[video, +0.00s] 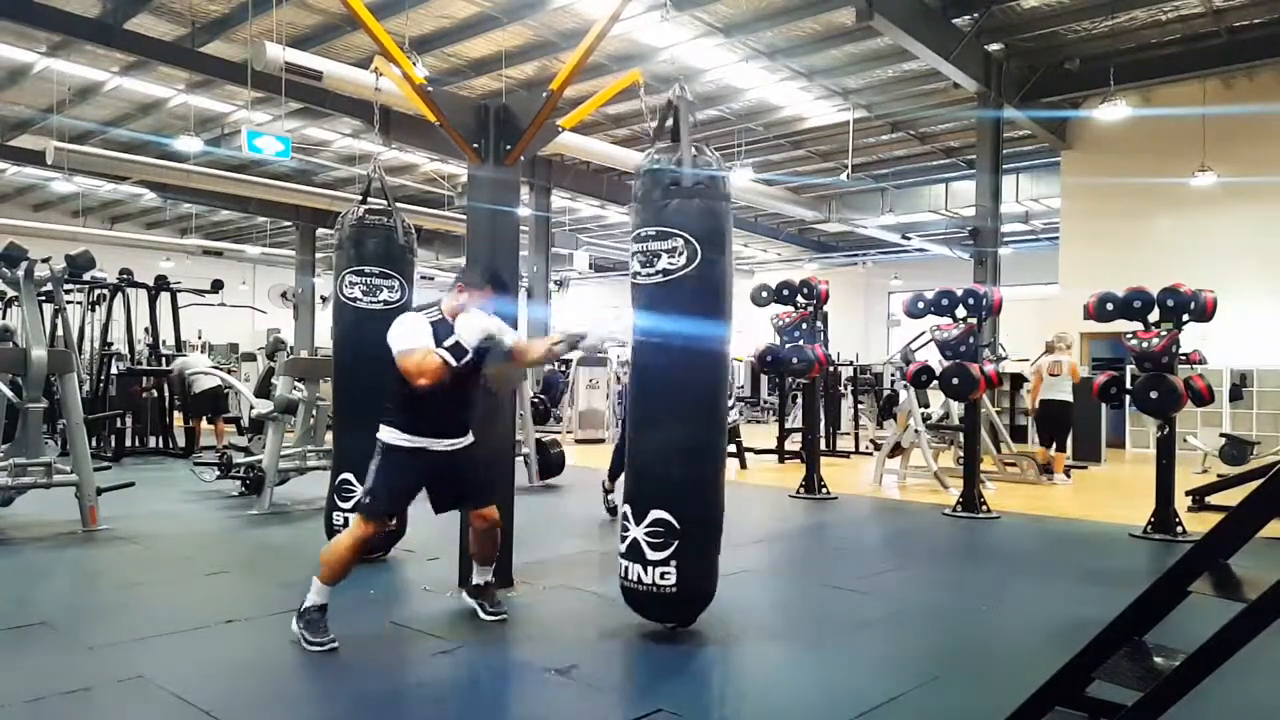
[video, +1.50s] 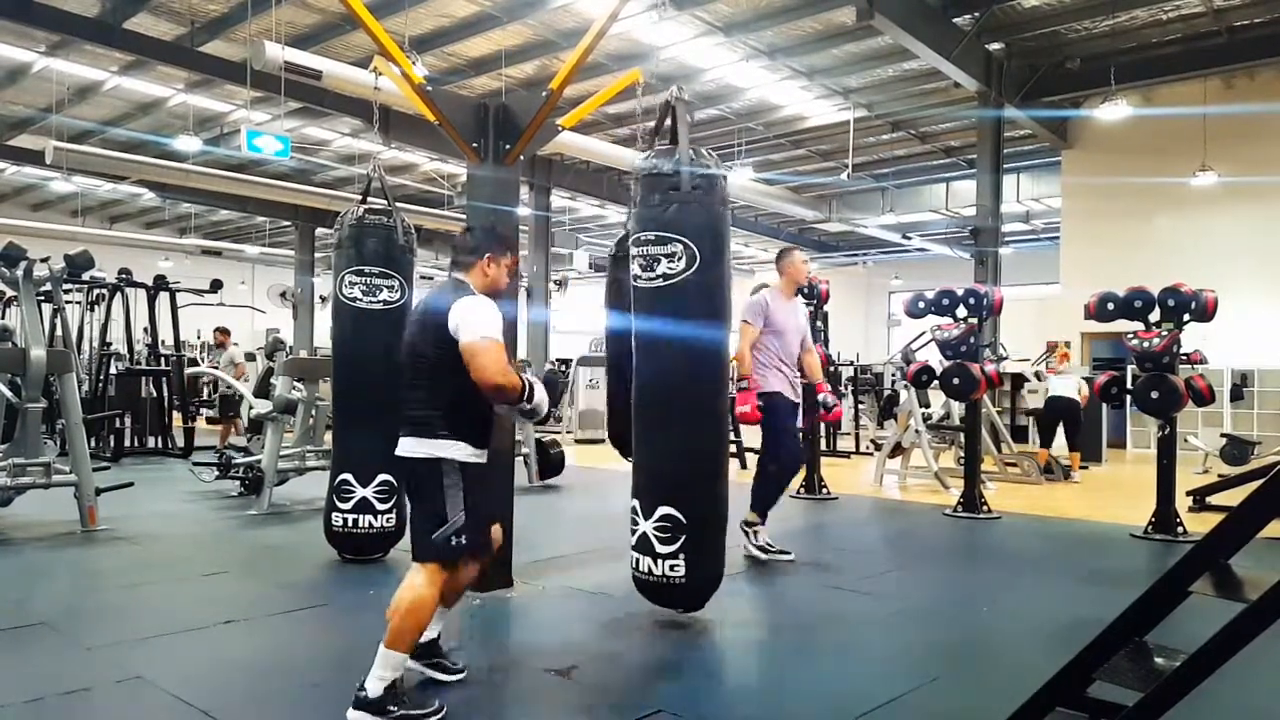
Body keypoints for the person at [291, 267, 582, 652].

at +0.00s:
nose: (486, 309)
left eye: (490, 304)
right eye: (482, 301)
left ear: (487, 300)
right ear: (461, 291)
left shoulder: (482, 324)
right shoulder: (410, 324)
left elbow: (525, 351)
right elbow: (422, 374)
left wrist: (556, 343)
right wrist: (465, 341)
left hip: (456, 448)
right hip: (402, 448)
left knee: (487, 520)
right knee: (366, 529)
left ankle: (481, 586)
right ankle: (312, 608)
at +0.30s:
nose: (457, 299)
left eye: (460, 291)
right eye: (452, 290)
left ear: (439, 284)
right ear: (426, 280)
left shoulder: (440, 320)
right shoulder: (378, 310)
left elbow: (441, 369)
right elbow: (373, 365)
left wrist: (472, 375)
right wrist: (430, 354)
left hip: (426, 437)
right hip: (371, 440)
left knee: (458, 513)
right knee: (341, 529)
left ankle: (487, 596)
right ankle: (307, 611)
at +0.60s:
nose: (490, 303)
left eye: (493, 295)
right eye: (488, 293)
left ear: (469, 287)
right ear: (463, 283)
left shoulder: (467, 326)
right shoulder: (421, 310)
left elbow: (470, 378)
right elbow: (402, 355)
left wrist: (512, 367)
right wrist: (458, 370)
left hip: (445, 442)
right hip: (400, 440)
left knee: (474, 520)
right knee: (366, 530)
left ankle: (482, 608)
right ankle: (316, 605)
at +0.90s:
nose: (530, 310)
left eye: (534, 302)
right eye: (531, 300)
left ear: (511, 288)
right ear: (511, 286)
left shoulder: (492, 317)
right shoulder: (476, 304)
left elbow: (497, 382)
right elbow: (491, 354)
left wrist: (546, 375)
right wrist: (526, 350)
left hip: (478, 438)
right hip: (439, 432)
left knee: (486, 524)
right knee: (418, 530)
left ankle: (483, 610)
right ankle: (338, 618)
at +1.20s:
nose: (522, 314)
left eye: (526, 307)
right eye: (524, 304)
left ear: (499, 289)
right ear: (505, 290)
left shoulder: (472, 315)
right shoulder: (469, 317)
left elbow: (491, 379)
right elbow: (498, 382)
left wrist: (519, 357)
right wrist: (527, 355)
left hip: (467, 450)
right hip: (440, 449)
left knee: (492, 528)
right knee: (442, 558)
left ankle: (486, 604)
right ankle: (378, 674)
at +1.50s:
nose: (510, 279)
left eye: (512, 269)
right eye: (509, 268)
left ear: (473, 259)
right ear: (488, 262)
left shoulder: (434, 299)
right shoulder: (473, 305)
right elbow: (493, 377)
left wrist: (512, 386)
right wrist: (532, 393)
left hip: (425, 449)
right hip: (443, 454)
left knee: (486, 539)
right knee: (436, 567)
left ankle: (423, 636)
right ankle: (376, 690)